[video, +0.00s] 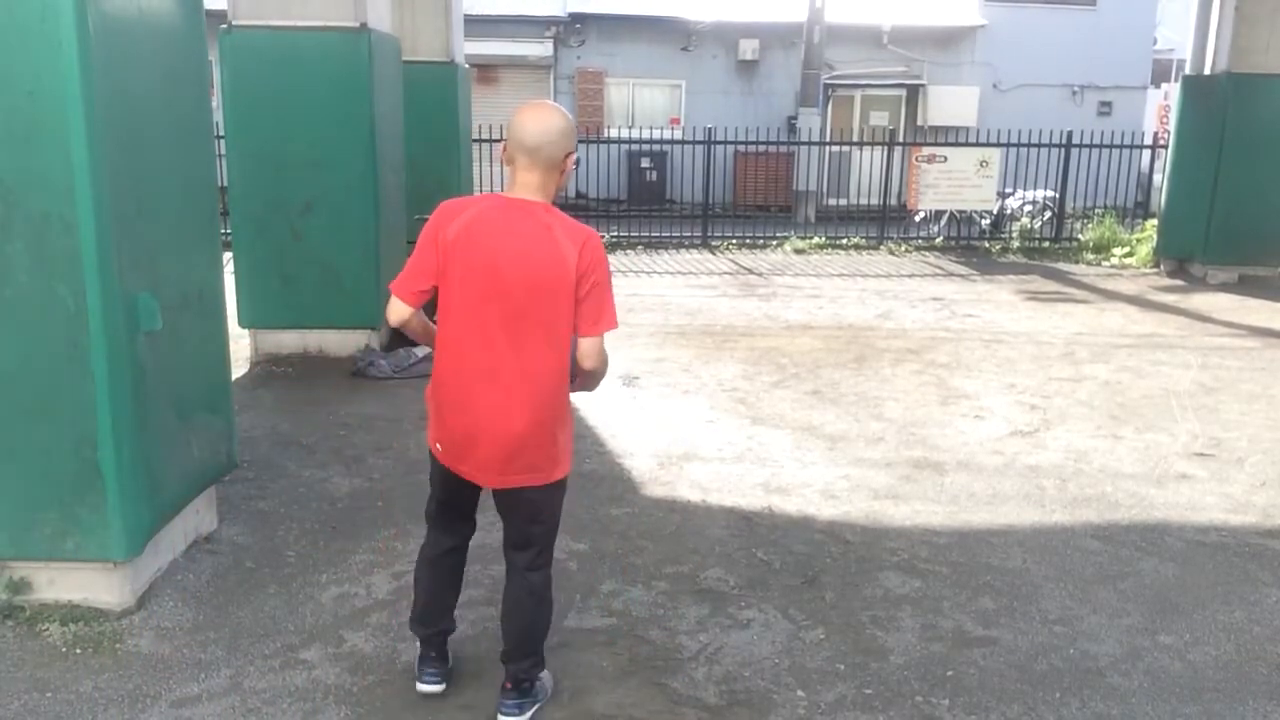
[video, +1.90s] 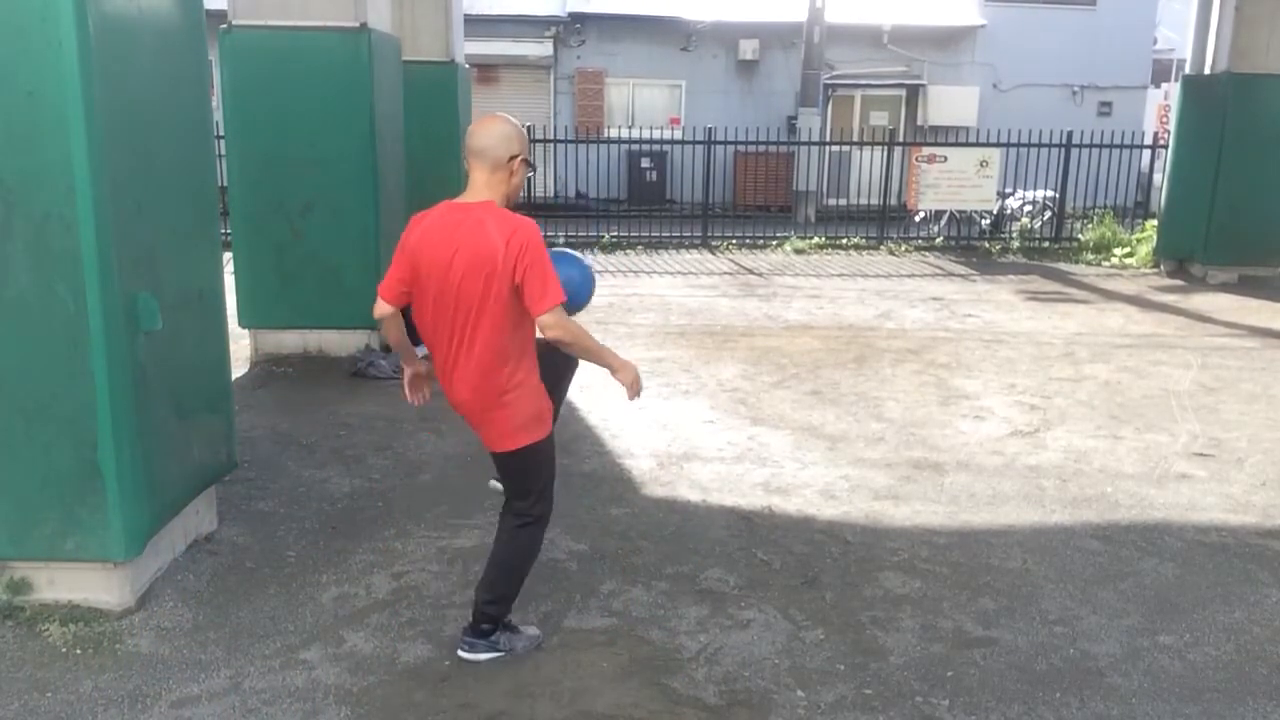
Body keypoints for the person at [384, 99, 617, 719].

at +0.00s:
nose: (573, 163)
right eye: (574, 156)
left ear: (504, 154)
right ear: (569, 165)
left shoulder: (452, 217)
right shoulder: (581, 243)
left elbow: (401, 311)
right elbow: (590, 361)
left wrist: (447, 343)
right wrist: (555, 373)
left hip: (457, 422)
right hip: (534, 433)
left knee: (445, 532)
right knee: (529, 558)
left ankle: (432, 659)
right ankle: (519, 683)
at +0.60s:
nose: (516, 161)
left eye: (516, 149)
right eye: (514, 148)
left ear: (461, 148)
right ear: (491, 146)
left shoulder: (416, 211)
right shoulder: (493, 212)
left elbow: (406, 305)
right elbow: (512, 314)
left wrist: (507, 291)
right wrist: (573, 307)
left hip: (433, 400)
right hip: (492, 401)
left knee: (444, 511)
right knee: (537, 510)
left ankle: (437, 630)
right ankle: (501, 642)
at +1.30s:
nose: (512, 176)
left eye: (514, 165)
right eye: (512, 163)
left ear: (458, 155)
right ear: (488, 158)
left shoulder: (418, 210)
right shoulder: (480, 220)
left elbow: (418, 280)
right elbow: (503, 318)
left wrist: (499, 262)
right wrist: (585, 328)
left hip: (434, 392)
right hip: (488, 392)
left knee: (463, 497)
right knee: (549, 476)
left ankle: (454, 614)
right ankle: (497, 592)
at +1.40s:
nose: (515, 181)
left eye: (517, 170)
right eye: (514, 168)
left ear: (467, 160)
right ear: (490, 162)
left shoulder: (419, 215)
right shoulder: (477, 223)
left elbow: (433, 287)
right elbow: (483, 322)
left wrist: (499, 273)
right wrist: (563, 359)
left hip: (433, 387)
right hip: (480, 383)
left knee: (464, 495)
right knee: (568, 429)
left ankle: (455, 614)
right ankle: (514, 539)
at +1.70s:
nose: (516, 164)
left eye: (517, 152)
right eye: (515, 151)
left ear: (463, 148)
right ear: (496, 149)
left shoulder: (424, 208)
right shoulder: (491, 214)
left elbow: (412, 288)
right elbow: (497, 311)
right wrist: (560, 378)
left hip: (440, 389)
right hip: (492, 387)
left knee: (465, 494)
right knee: (567, 465)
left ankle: (455, 616)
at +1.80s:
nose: (521, 174)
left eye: (520, 163)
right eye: (521, 163)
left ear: (465, 161)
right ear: (509, 163)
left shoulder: (426, 223)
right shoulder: (509, 230)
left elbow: (395, 303)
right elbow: (536, 328)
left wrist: (449, 330)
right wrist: (601, 375)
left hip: (461, 392)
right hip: (507, 401)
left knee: (506, 476)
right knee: (526, 512)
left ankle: (480, 557)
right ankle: (485, 630)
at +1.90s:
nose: (526, 175)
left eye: (524, 165)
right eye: (526, 165)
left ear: (469, 162)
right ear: (515, 165)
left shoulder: (424, 226)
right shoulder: (518, 232)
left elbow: (386, 310)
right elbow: (553, 325)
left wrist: (409, 361)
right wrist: (614, 362)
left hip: (463, 384)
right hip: (510, 396)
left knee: (564, 346)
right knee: (528, 507)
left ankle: (514, 470)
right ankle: (484, 630)